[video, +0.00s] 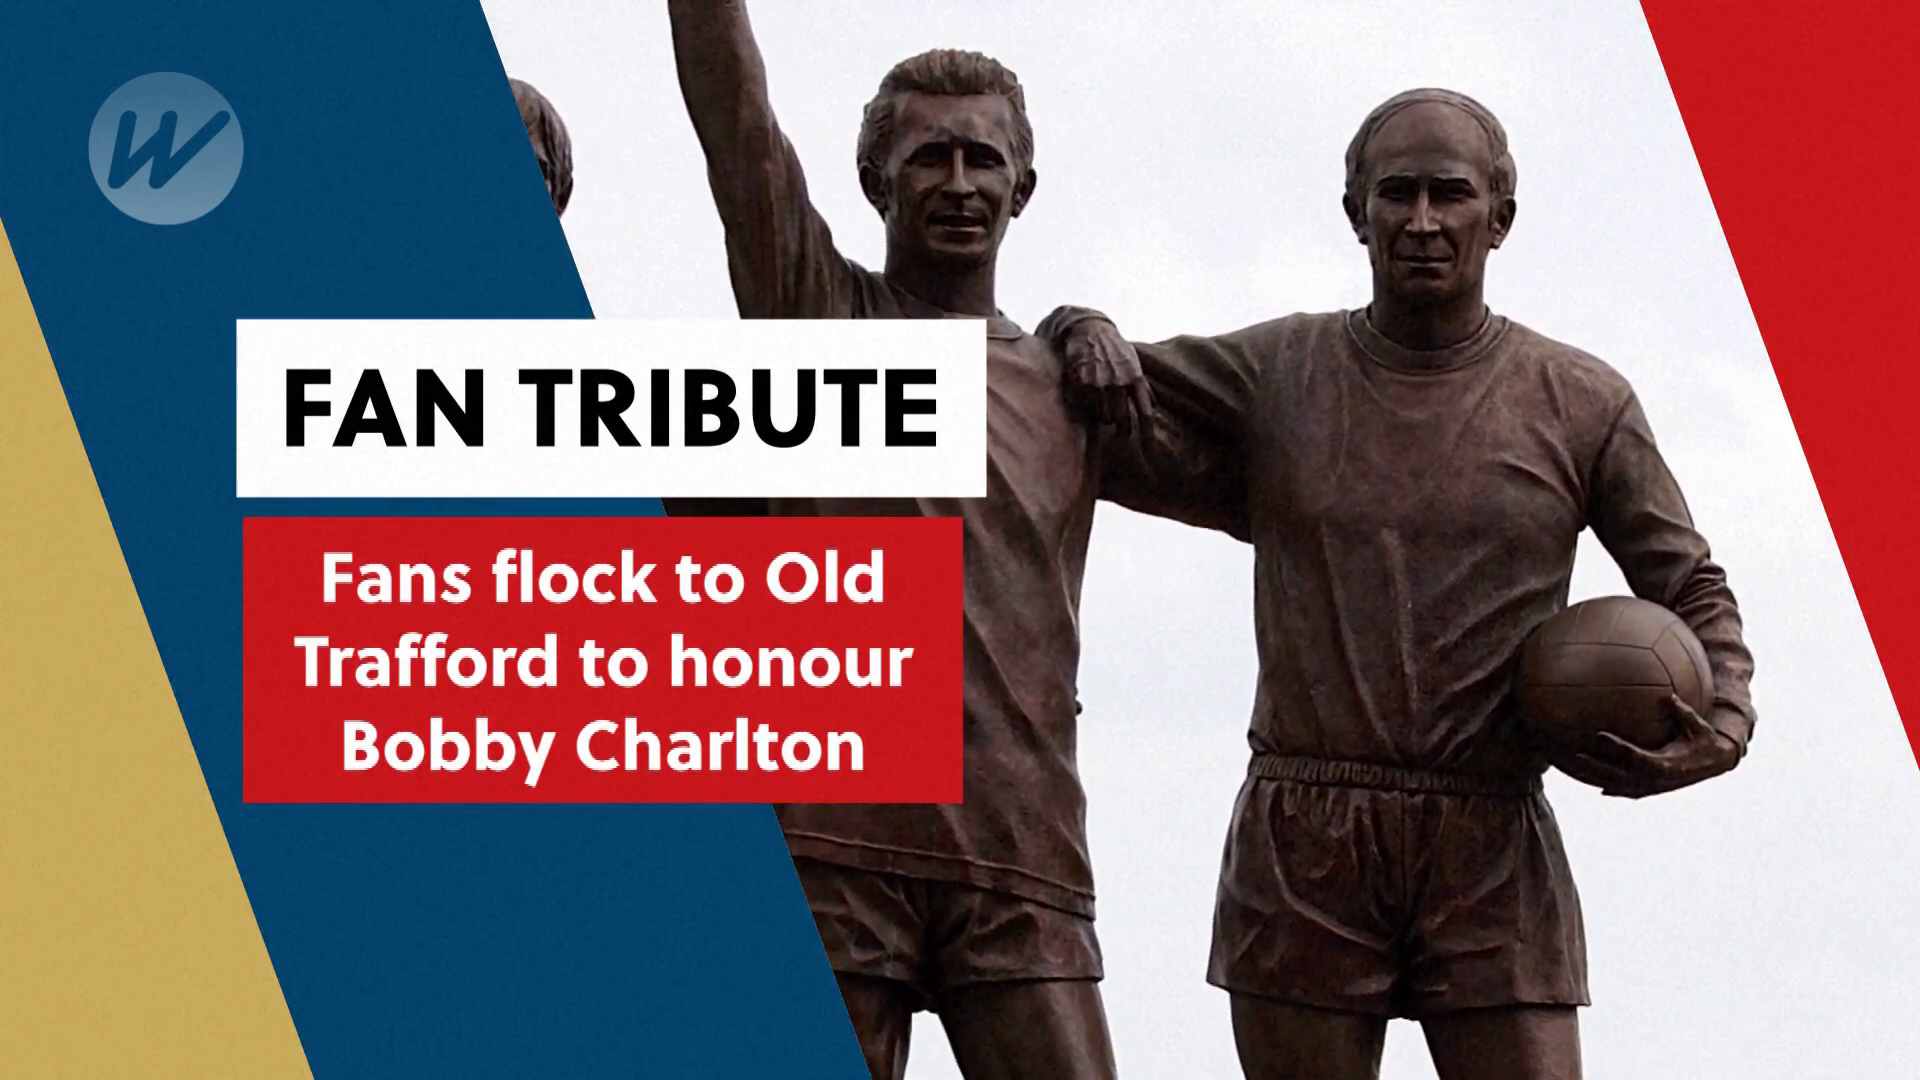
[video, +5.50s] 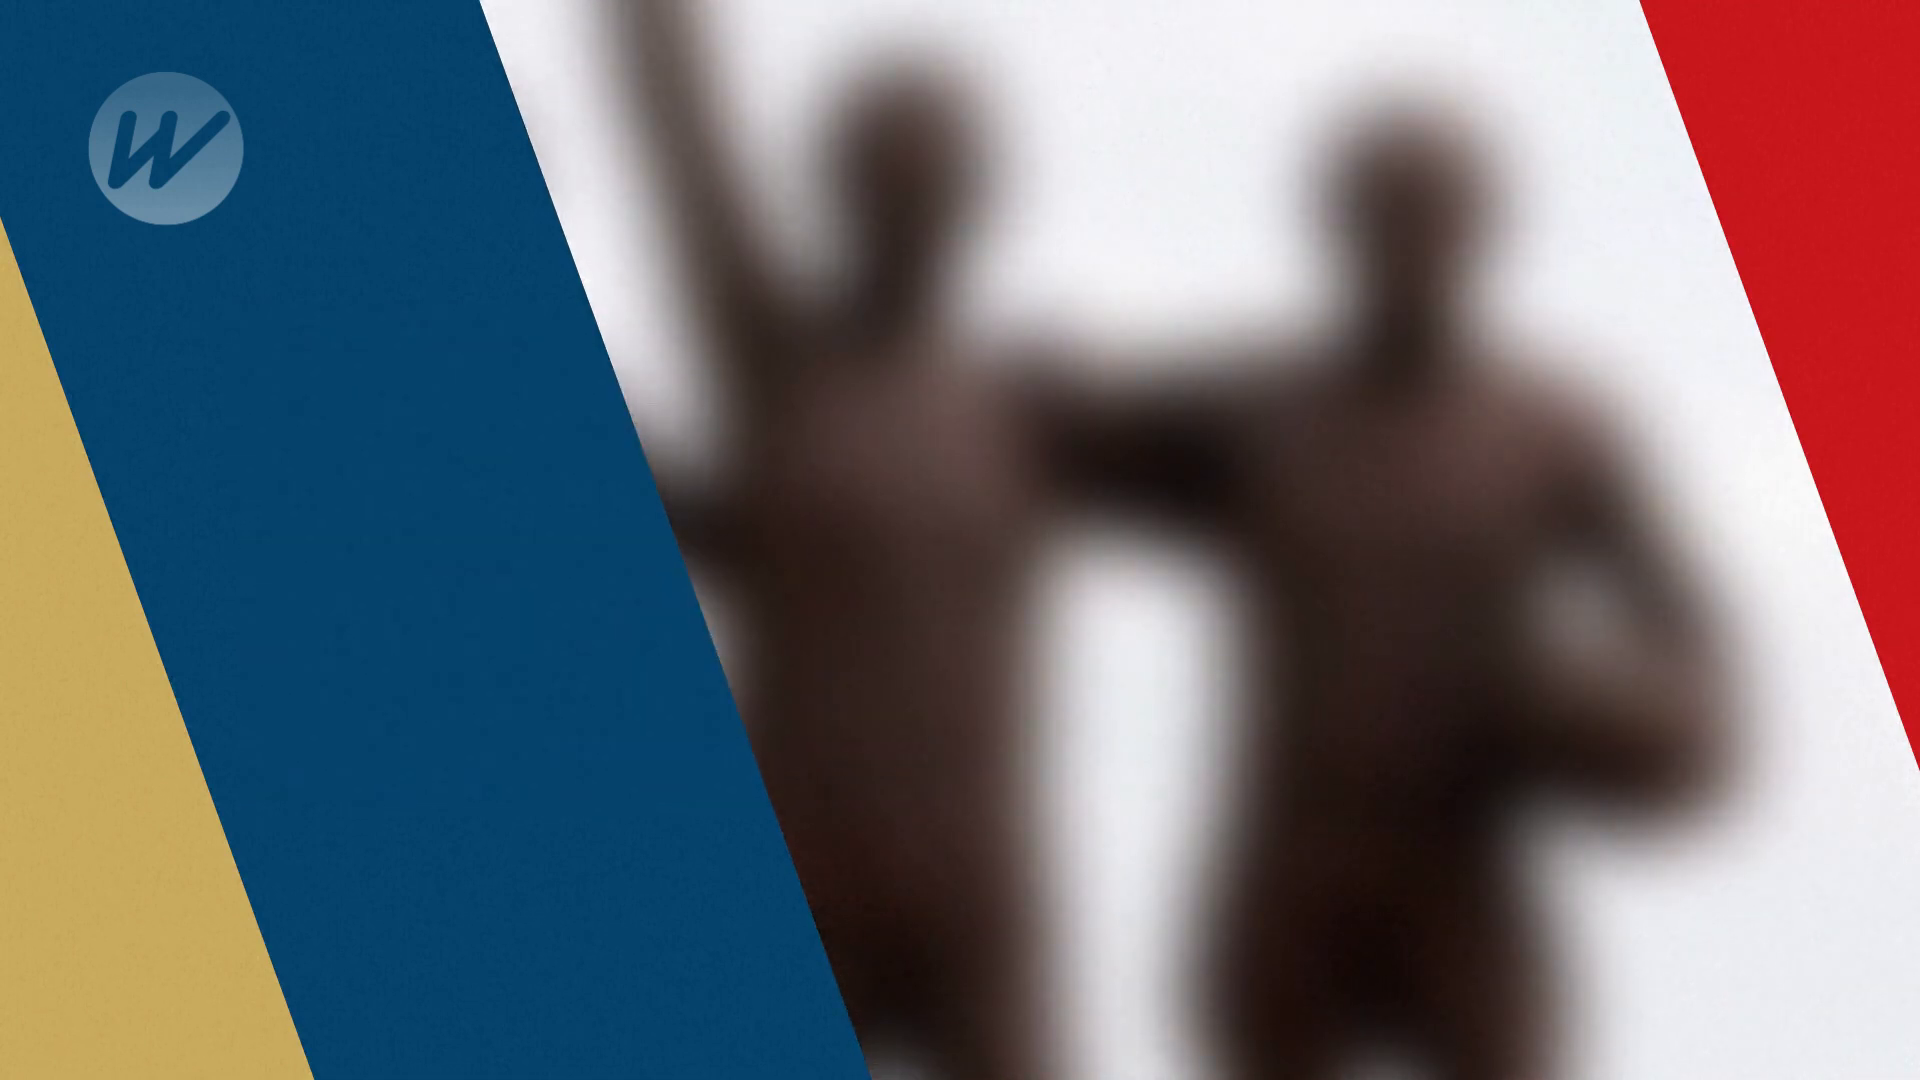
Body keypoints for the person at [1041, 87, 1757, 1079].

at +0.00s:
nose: (1422, 219)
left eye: (1450, 192)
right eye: (1395, 193)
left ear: (1502, 217)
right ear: (1355, 213)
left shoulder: (1581, 400)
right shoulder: (1276, 368)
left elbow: (1690, 588)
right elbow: (1099, 408)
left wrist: (1724, 712)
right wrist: (1077, 329)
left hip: (1492, 848)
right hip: (1301, 844)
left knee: (1536, 1065)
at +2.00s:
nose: (1411, 226)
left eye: (1440, 199)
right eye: (1384, 200)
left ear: (1493, 223)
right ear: (1344, 222)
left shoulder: (1574, 411)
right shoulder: (1262, 379)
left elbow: (1685, 604)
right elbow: (1085, 414)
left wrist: (1721, 735)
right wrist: (1062, 342)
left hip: (1482, 868)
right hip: (1287, 863)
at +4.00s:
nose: (1401, 234)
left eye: (1431, 205)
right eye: (1373, 207)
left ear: (1485, 227)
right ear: (1332, 228)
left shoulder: (1567, 421)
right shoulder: (1250, 388)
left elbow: (1680, 617)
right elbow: (1074, 439)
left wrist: (1719, 755)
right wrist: (1044, 353)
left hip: (1473, 894)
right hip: (1272, 890)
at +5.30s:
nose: (1407, 247)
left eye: (1431, 213)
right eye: (1384, 213)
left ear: (1475, 226)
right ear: (1345, 224)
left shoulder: (1549, 436)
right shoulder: (1265, 420)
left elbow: (1692, 690)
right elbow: (1052, 434)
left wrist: (1582, 708)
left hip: (1467, 908)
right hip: (1287, 902)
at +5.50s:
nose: (1411, 252)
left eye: (1433, 218)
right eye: (1388, 218)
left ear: (1471, 230)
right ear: (1350, 228)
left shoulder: (1546, 442)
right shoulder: (1270, 429)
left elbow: (1685, 725)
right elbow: (1024, 427)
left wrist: (1531, 705)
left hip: (1467, 919)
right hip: (1293, 913)